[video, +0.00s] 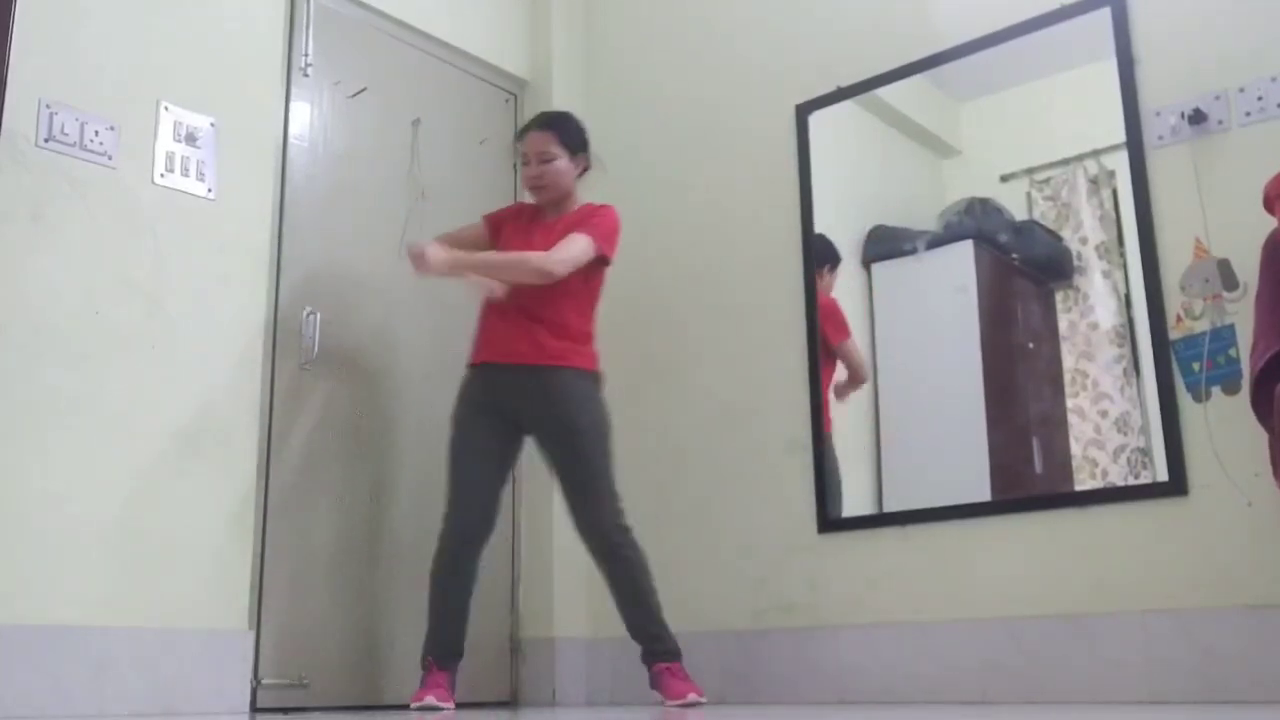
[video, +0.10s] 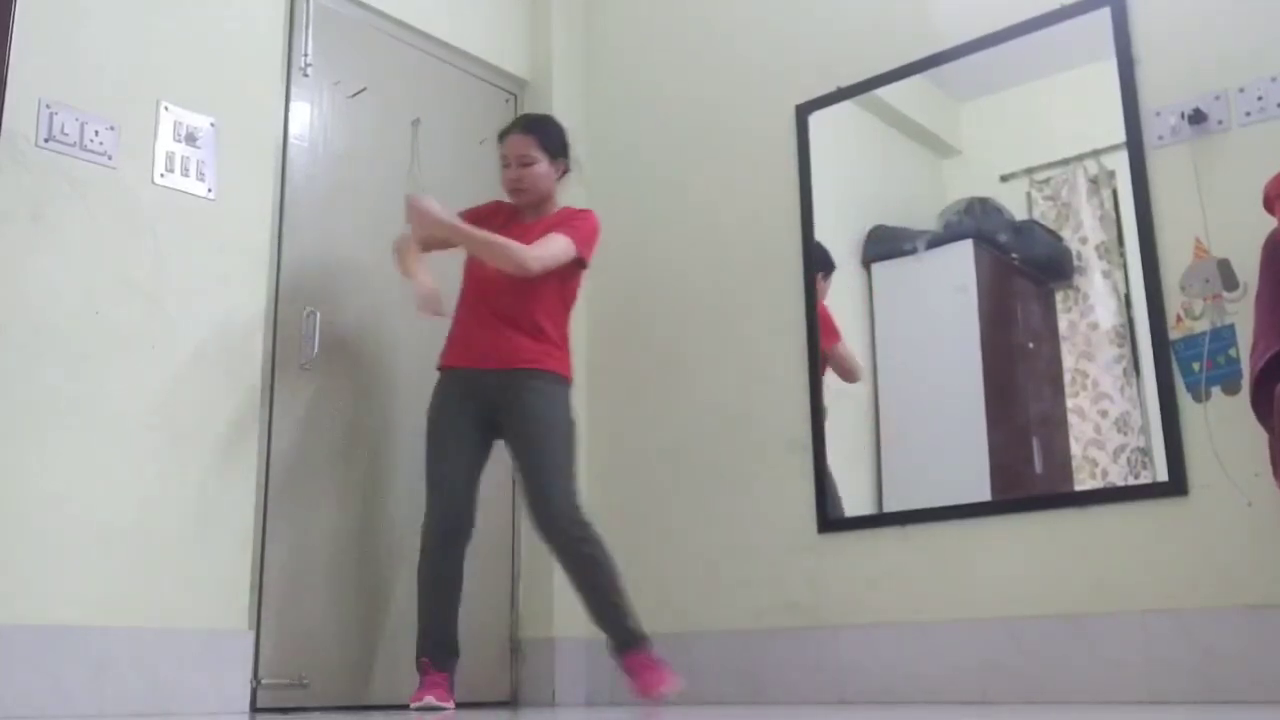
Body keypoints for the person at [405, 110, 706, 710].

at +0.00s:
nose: (532, 172)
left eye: (546, 160)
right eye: (525, 162)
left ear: (579, 164)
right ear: (519, 167)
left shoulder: (600, 219)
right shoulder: (509, 220)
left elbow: (550, 266)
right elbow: (435, 249)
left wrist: (454, 262)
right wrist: (479, 275)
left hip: (566, 387)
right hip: (491, 384)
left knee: (603, 526)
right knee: (463, 527)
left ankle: (665, 664)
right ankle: (437, 674)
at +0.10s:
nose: (512, 175)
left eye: (526, 163)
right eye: (505, 164)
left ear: (559, 167)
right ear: (498, 169)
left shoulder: (579, 222)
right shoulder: (485, 217)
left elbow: (527, 259)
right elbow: (408, 242)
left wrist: (446, 224)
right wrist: (422, 279)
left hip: (535, 383)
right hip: (462, 381)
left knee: (558, 516)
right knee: (445, 525)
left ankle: (634, 652)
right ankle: (435, 676)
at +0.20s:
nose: (498, 172)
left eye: (511, 161)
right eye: (491, 162)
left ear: (544, 166)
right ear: (483, 165)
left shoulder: (562, 220)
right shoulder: (467, 211)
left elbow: (520, 251)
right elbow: (391, 225)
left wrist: (449, 216)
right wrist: (388, 246)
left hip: (523, 378)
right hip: (451, 378)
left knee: (514, 498)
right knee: (437, 520)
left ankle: (556, 627)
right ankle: (434, 674)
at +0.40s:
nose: (488, 160)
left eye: (501, 150)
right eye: (480, 152)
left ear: (529, 158)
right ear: (471, 158)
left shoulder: (546, 212)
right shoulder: (452, 207)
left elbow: (521, 256)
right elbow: (370, 204)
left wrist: (435, 251)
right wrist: (441, 204)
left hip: (509, 371)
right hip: (438, 368)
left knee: (471, 499)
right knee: (430, 513)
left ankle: (473, 660)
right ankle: (433, 668)